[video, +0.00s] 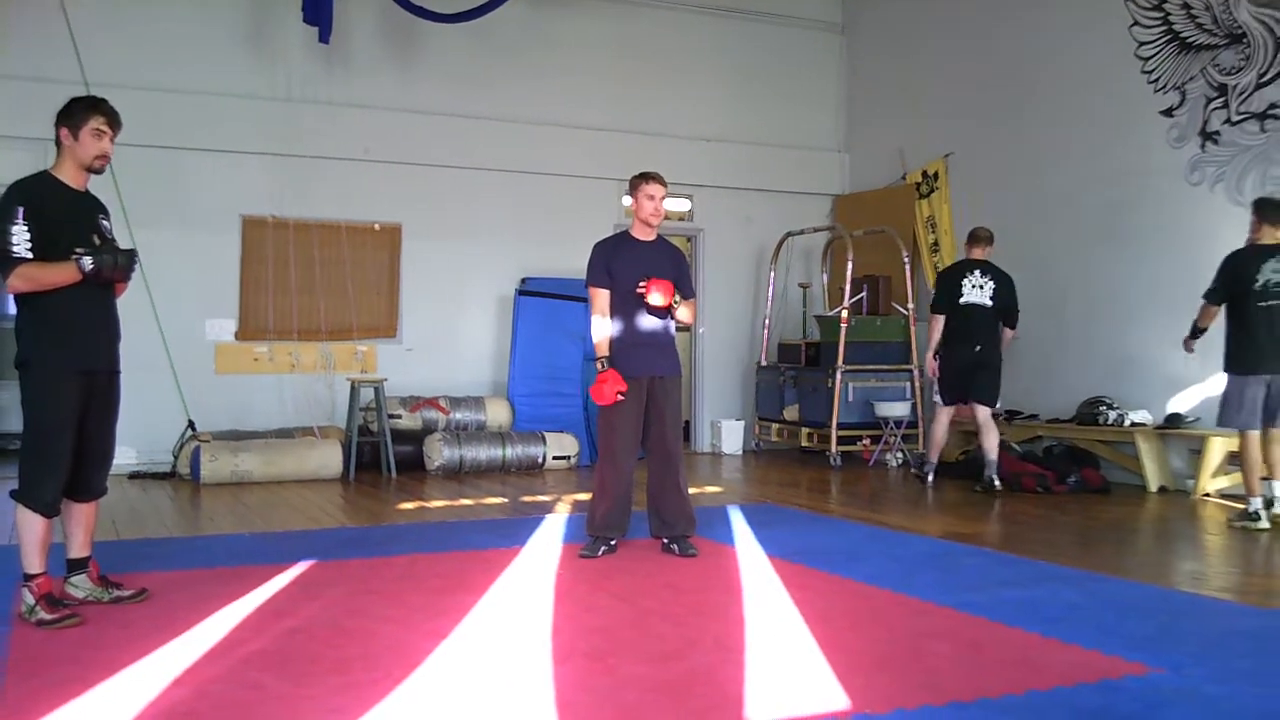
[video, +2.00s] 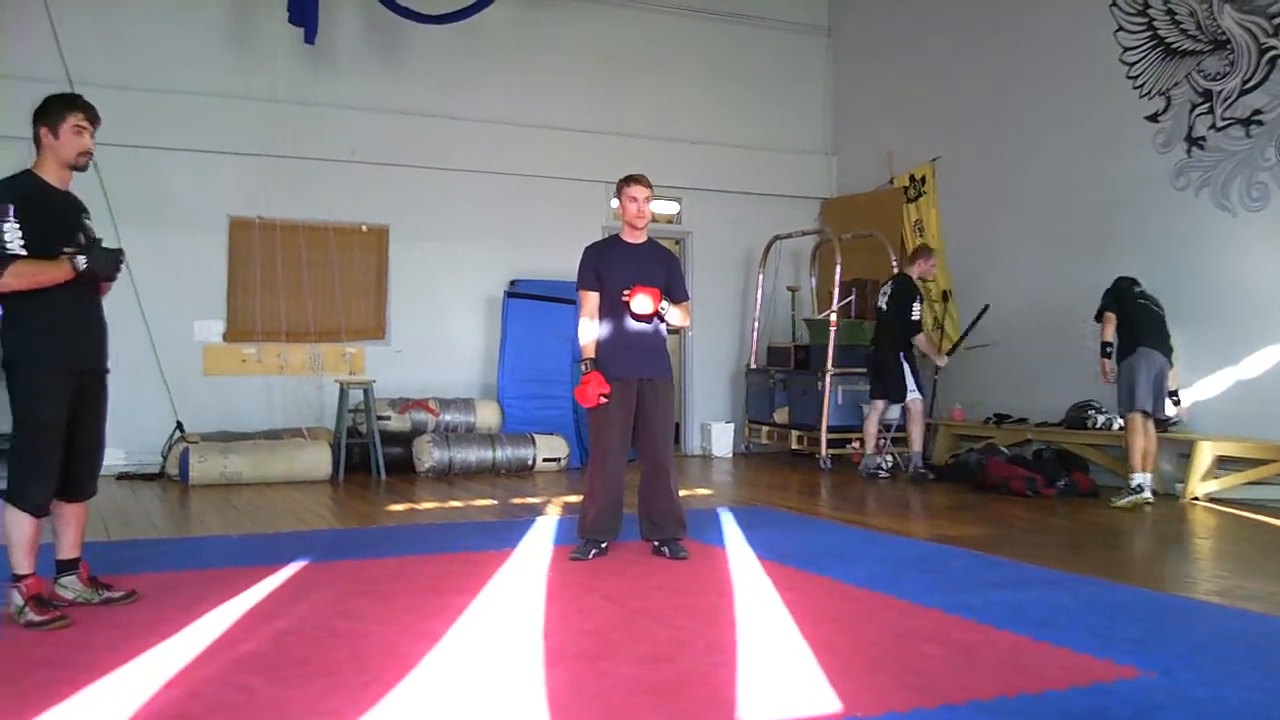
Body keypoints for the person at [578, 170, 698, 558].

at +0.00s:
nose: (657, 206)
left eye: (661, 199)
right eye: (650, 198)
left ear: (666, 205)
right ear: (632, 201)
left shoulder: (674, 255)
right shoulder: (607, 250)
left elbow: (689, 316)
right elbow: (600, 313)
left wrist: (672, 302)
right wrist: (602, 364)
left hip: (666, 367)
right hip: (623, 366)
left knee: (667, 452)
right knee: (616, 453)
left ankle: (673, 531)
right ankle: (605, 533)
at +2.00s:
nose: (640, 207)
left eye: (645, 201)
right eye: (632, 200)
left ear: (652, 206)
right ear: (618, 205)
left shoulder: (666, 258)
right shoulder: (597, 253)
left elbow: (683, 317)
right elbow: (588, 315)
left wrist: (661, 307)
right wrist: (589, 365)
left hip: (657, 370)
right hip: (612, 369)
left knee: (659, 455)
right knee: (606, 454)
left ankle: (664, 534)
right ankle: (596, 535)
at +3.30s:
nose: (656, 209)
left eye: (662, 202)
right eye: (649, 202)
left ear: (668, 208)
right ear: (634, 208)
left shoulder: (682, 260)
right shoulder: (613, 256)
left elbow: (700, 318)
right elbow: (605, 318)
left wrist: (677, 309)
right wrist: (607, 369)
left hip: (674, 374)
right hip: (629, 372)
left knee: (676, 457)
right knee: (623, 457)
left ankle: (682, 536)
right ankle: (613, 538)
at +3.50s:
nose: (665, 212)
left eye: (672, 206)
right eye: (658, 206)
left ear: (682, 210)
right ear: (649, 210)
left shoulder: (700, 260)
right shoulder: (630, 259)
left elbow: (721, 318)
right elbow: (623, 319)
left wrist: (695, 304)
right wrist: (625, 366)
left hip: (690, 375)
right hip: (645, 374)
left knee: (692, 459)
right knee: (640, 459)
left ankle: (699, 538)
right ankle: (631, 539)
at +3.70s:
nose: (649, 213)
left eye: (656, 206)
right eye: (644, 208)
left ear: (675, 209)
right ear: (640, 213)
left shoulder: (697, 259)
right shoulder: (627, 259)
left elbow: (719, 317)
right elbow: (620, 317)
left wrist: (688, 304)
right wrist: (621, 363)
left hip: (683, 374)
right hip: (637, 372)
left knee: (689, 458)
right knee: (636, 459)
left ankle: (699, 538)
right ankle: (631, 539)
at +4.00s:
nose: (666, 220)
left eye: (673, 212)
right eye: (661, 214)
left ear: (692, 210)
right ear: (659, 216)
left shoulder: (722, 258)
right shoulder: (655, 263)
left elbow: (746, 317)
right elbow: (646, 317)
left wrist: (711, 302)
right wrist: (638, 335)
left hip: (705, 376)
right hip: (660, 376)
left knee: (719, 457)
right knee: (666, 460)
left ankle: (738, 536)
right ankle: (670, 538)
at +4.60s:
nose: (676, 229)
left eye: (682, 221)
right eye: (669, 222)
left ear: (696, 214)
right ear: (660, 218)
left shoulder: (721, 255)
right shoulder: (648, 260)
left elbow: (746, 308)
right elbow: (637, 320)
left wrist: (715, 316)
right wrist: (633, 377)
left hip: (710, 374)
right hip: (665, 375)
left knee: (703, 452)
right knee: (671, 453)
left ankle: (698, 539)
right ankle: (678, 535)